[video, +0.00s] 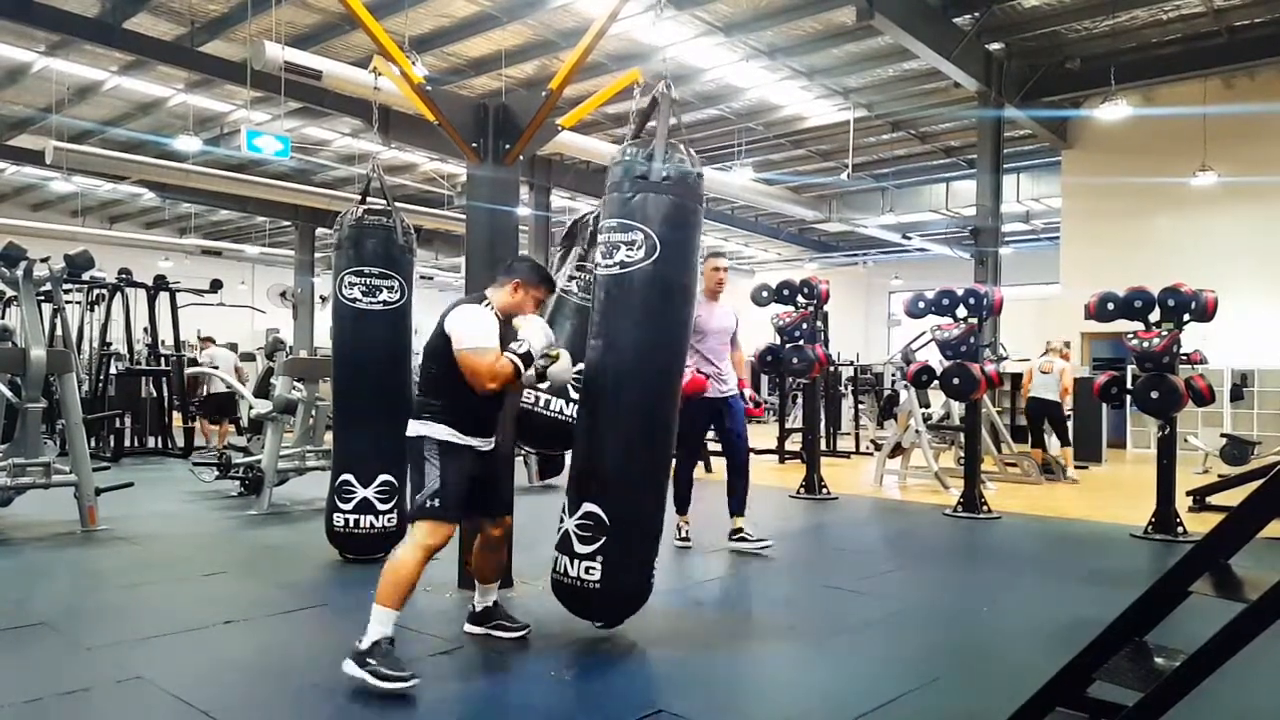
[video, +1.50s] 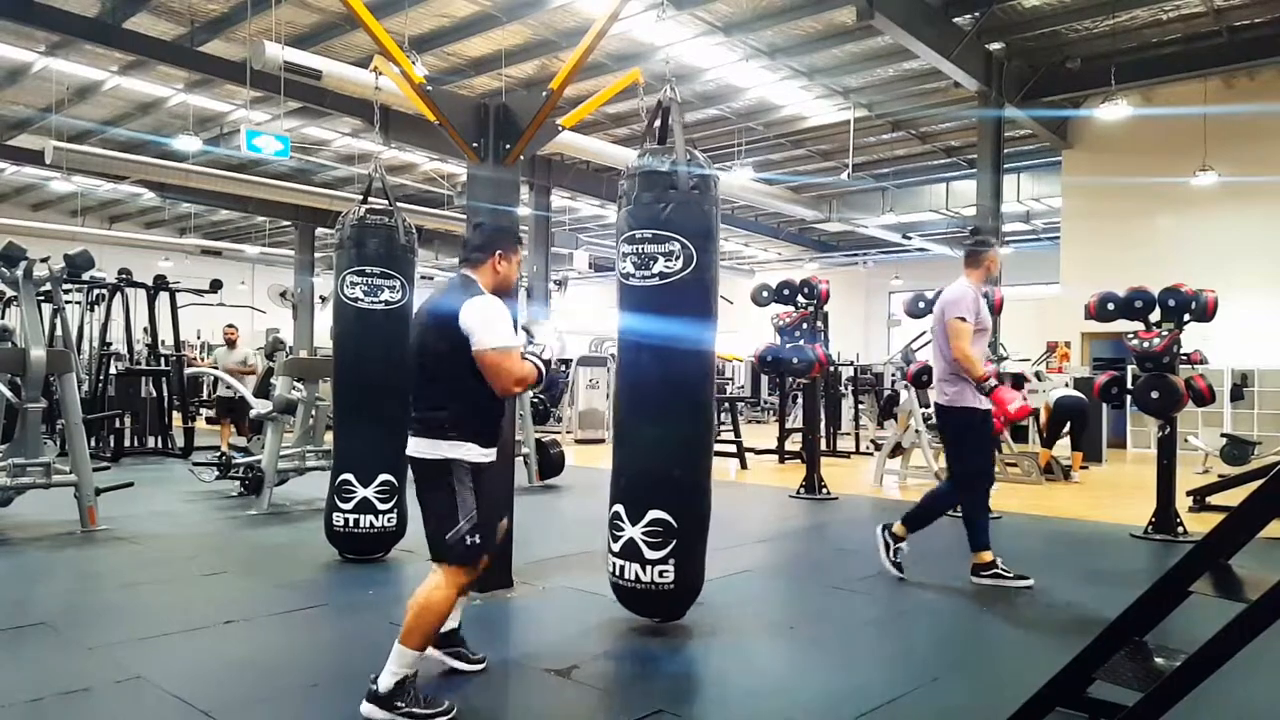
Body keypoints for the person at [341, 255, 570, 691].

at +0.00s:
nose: (534, 312)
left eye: (539, 305)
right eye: (535, 302)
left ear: (517, 292)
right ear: (515, 287)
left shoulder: (497, 326)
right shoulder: (469, 314)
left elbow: (497, 380)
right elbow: (485, 379)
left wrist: (537, 372)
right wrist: (524, 347)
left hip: (482, 442)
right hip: (439, 437)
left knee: (496, 525)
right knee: (430, 534)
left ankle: (484, 610)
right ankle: (373, 644)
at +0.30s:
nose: (517, 292)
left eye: (520, 284)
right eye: (518, 282)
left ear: (490, 265)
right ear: (501, 269)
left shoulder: (454, 290)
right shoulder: (475, 293)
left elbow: (480, 362)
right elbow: (502, 361)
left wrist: (524, 367)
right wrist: (532, 370)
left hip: (466, 434)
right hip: (440, 434)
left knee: (495, 517)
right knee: (439, 545)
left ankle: (463, 608)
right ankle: (382, 667)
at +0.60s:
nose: (514, 269)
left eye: (514, 259)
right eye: (512, 259)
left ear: (473, 252)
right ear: (493, 254)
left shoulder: (437, 292)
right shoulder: (476, 297)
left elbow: (456, 368)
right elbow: (490, 370)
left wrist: (512, 366)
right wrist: (527, 370)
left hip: (442, 440)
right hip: (444, 445)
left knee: (496, 522)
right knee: (432, 563)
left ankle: (438, 622)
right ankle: (379, 684)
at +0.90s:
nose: (518, 262)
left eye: (517, 252)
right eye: (515, 252)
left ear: (477, 250)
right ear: (495, 251)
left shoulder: (447, 292)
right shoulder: (481, 297)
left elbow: (460, 368)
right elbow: (504, 372)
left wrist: (522, 363)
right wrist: (537, 365)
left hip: (446, 440)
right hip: (466, 443)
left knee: (471, 547)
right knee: (490, 552)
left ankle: (458, 639)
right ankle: (424, 673)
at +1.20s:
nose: (515, 266)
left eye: (514, 256)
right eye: (513, 255)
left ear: (465, 254)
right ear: (494, 254)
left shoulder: (428, 300)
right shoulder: (487, 304)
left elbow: (411, 369)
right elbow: (515, 382)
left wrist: (485, 383)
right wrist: (543, 385)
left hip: (431, 451)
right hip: (464, 455)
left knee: (460, 561)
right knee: (465, 570)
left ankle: (436, 645)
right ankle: (407, 693)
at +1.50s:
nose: (518, 275)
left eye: (518, 265)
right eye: (516, 265)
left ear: (479, 257)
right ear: (498, 259)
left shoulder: (446, 296)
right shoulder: (479, 304)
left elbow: (479, 369)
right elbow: (509, 380)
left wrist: (518, 359)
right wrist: (536, 366)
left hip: (447, 448)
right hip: (449, 452)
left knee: (485, 538)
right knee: (457, 566)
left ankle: (442, 630)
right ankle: (389, 685)